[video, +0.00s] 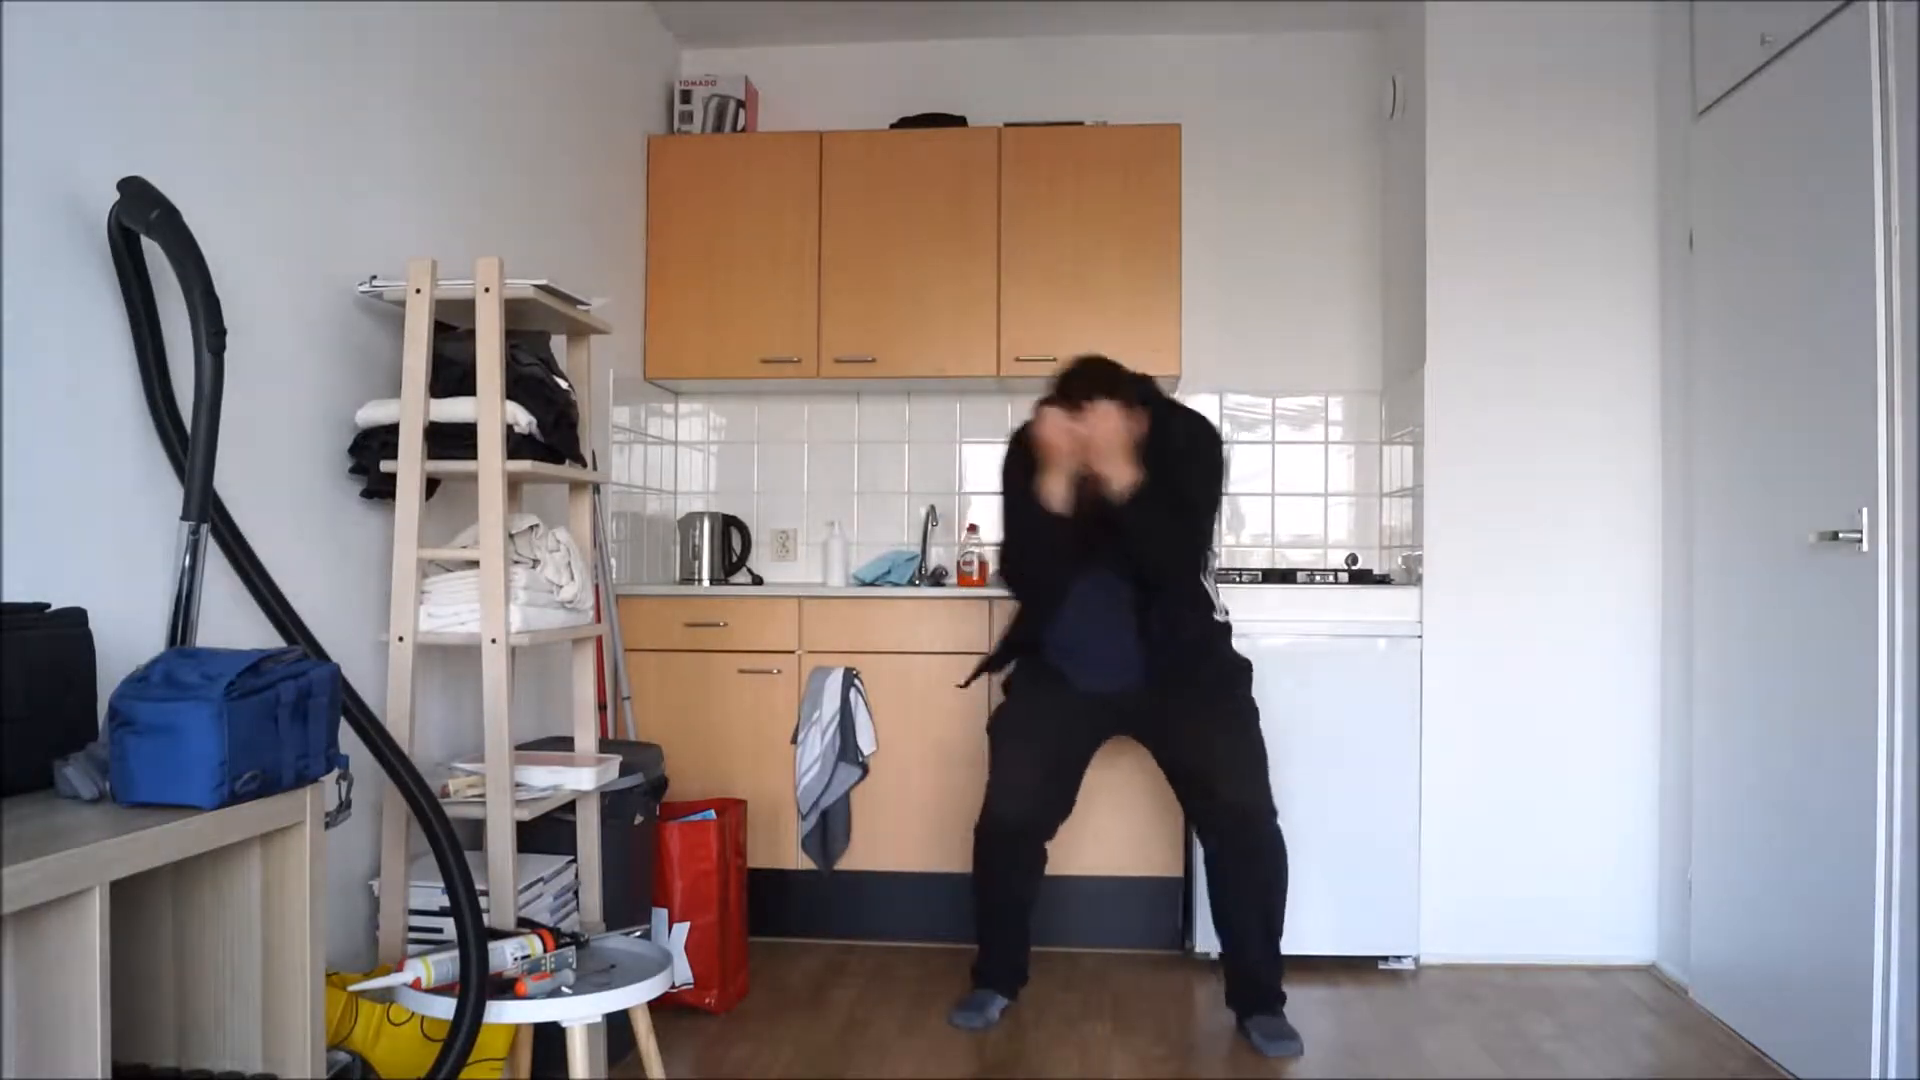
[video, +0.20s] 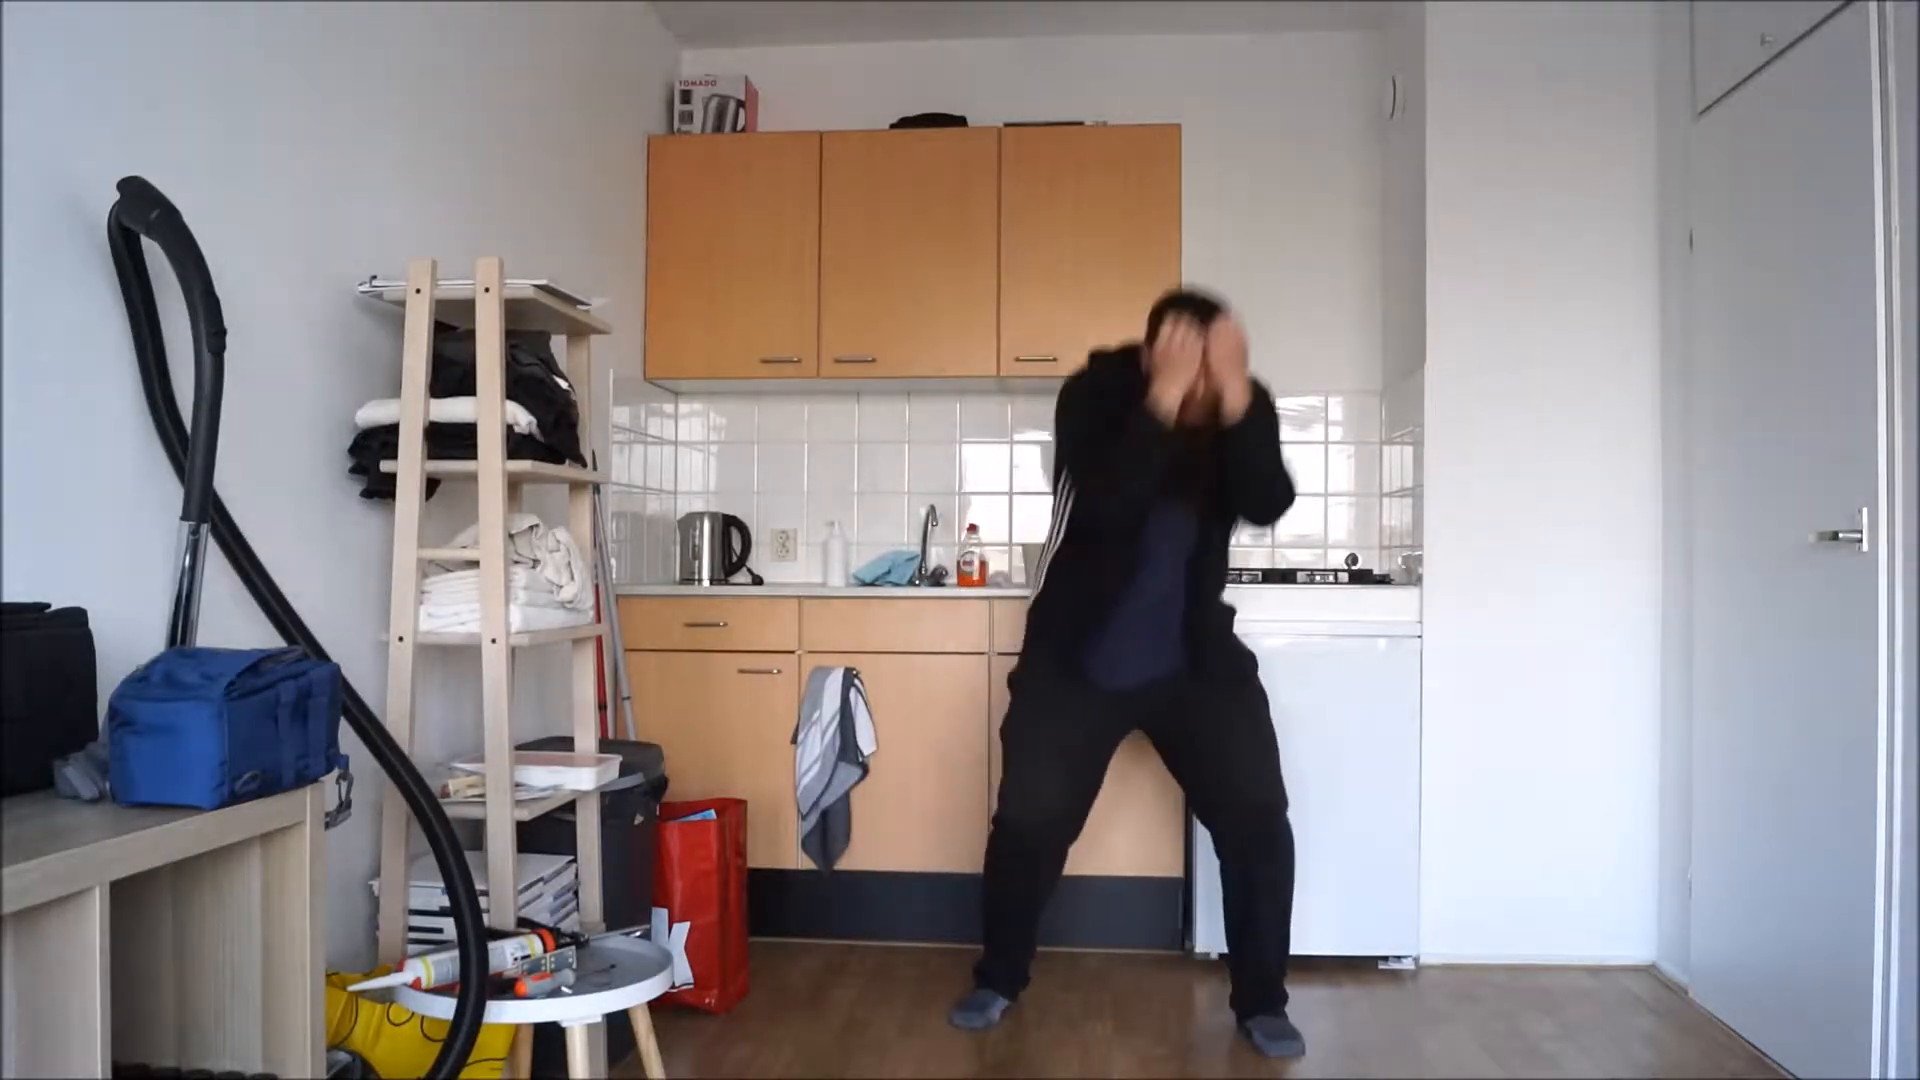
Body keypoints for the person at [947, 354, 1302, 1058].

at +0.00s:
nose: (1079, 440)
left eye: (1093, 428)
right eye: (1067, 431)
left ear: (1131, 416)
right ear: (1055, 423)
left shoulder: (1188, 439)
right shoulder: (1035, 446)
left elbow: (1176, 563)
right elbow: (1027, 578)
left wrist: (1122, 475)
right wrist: (1054, 480)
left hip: (1180, 673)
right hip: (1059, 675)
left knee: (1245, 826)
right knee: (1008, 822)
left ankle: (1260, 1004)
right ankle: (996, 979)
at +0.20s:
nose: (1195, 365)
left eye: (1209, 355)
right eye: (1183, 351)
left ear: (1226, 357)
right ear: (1154, 345)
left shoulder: (1242, 409)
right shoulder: (1101, 389)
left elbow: (1266, 504)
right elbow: (1100, 493)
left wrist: (1239, 402)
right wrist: (1160, 405)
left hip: (1193, 660)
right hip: (1079, 658)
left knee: (1257, 823)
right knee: (1030, 820)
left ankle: (1261, 1002)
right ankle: (999, 979)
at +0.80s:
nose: (1056, 398)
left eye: (1067, 385)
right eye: (1049, 389)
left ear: (1109, 375)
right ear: (1044, 387)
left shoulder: (1183, 411)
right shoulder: (1031, 418)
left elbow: (1160, 526)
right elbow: (1000, 537)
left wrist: (1098, 435)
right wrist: (1030, 440)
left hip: (1186, 667)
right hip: (1068, 662)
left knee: (1235, 828)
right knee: (1005, 809)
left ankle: (1259, 1001)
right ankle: (997, 978)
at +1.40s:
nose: (1156, 442)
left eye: (1170, 431)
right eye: (1141, 430)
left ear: (1191, 417)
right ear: (1113, 414)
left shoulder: (1220, 441)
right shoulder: (1064, 440)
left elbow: (1234, 571)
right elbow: (1070, 562)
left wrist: (1201, 474)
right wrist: (1123, 476)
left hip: (1180, 681)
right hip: (1060, 683)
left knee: (1255, 832)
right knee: (1015, 832)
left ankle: (1261, 1004)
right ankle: (997, 978)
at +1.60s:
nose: (1217, 352)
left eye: (1231, 341)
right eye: (1204, 336)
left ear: (1244, 345)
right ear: (1175, 329)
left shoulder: (1252, 402)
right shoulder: (1118, 373)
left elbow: (1295, 485)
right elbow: (1124, 469)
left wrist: (1267, 374)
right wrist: (1185, 374)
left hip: (1211, 657)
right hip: (1094, 652)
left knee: (1262, 826)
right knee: (1034, 816)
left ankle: (1260, 1004)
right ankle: (1001, 978)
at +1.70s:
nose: (1225, 301)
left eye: (1239, 288)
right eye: (1213, 283)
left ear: (1260, 295)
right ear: (1181, 285)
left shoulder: (1281, 359)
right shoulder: (1130, 340)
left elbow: (1296, 441)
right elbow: (1117, 425)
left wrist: (1265, 323)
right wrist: (1183, 316)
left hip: (1235, 639)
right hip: (1118, 630)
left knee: (1262, 817)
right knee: (1066, 789)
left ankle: (1260, 1001)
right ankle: (1073, 961)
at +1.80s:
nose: (1206, 287)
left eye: (1223, 273)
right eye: (1195, 272)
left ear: (1249, 281)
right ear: (1177, 277)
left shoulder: (1289, 345)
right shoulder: (1134, 336)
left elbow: (1282, 419)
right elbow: (1103, 414)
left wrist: (1247, 308)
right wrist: (1164, 308)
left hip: (1247, 636)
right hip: (1132, 626)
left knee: (1262, 823)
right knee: (1090, 779)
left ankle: (1258, 1000)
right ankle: (1163, 934)